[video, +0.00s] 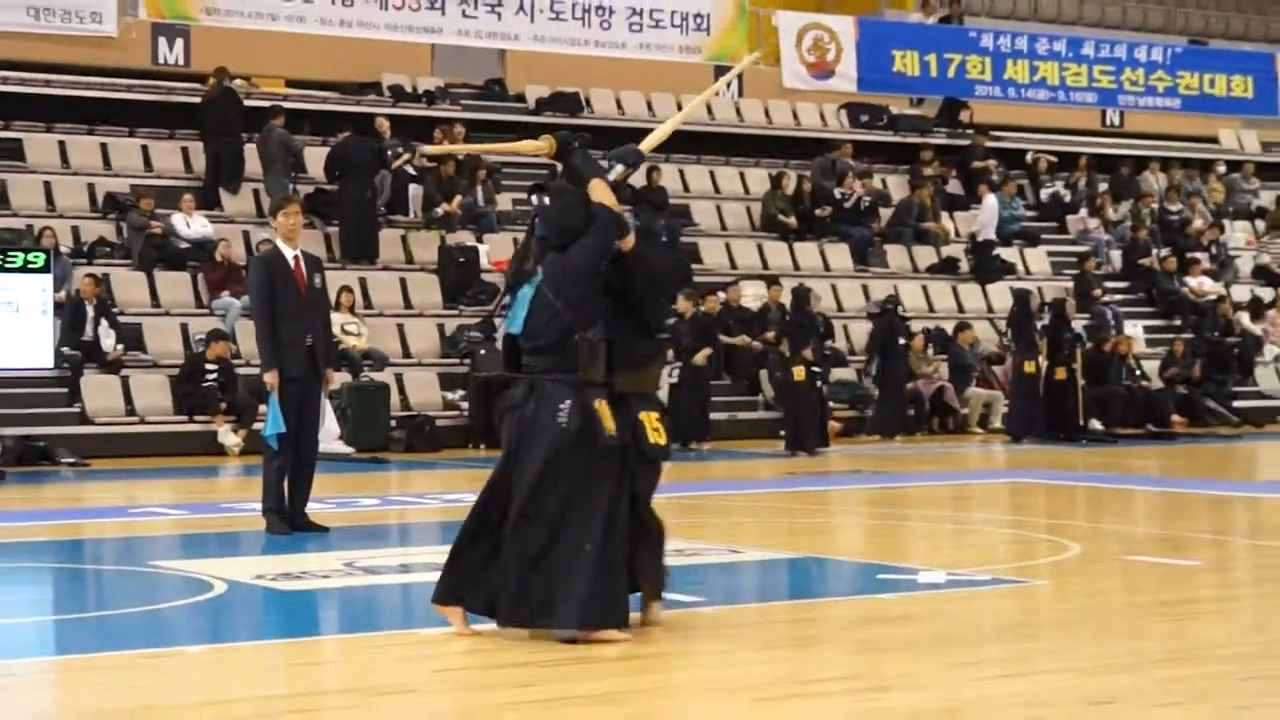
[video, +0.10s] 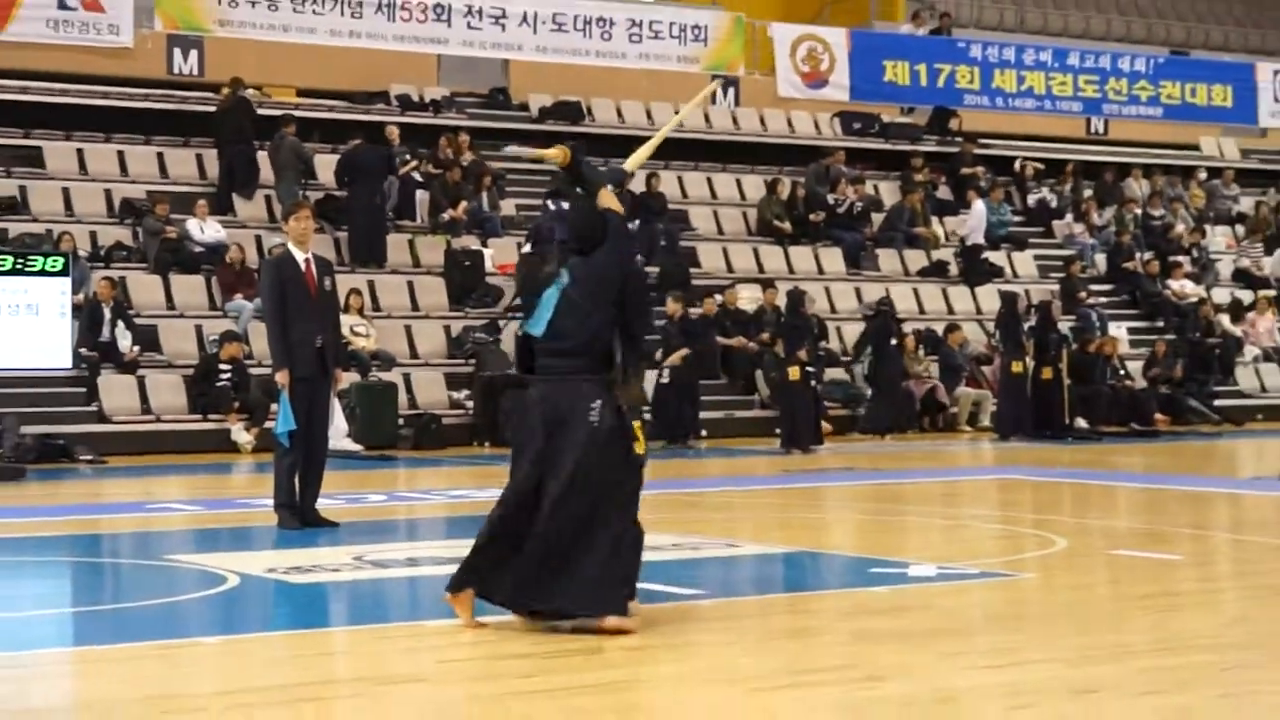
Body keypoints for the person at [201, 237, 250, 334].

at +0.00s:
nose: (227, 250)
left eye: (228, 247)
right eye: (224, 247)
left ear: (231, 249)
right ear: (217, 249)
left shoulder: (235, 267)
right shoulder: (210, 266)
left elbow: (242, 288)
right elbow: (214, 282)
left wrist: (230, 292)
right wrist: (223, 264)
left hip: (237, 297)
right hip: (217, 298)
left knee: (254, 302)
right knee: (236, 305)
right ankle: (226, 336)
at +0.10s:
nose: (234, 255)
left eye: (237, 252)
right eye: (232, 252)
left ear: (242, 254)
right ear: (228, 254)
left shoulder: (248, 270)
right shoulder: (223, 270)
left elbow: (254, 290)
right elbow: (227, 283)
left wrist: (243, 294)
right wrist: (228, 264)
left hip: (250, 299)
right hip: (230, 300)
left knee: (266, 305)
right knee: (248, 307)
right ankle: (239, 337)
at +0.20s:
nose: (239, 256)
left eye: (243, 254)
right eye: (238, 253)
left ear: (250, 257)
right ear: (236, 256)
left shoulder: (256, 273)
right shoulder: (232, 272)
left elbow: (263, 292)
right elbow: (235, 283)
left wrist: (250, 296)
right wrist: (235, 266)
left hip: (257, 301)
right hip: (238, 302)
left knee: (272, 305)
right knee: (256, 309)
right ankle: (247, 337)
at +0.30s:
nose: (240, 258)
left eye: (244, 256)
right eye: (239, 255)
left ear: (251, 259)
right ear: (237, 258)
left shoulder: (258, 274)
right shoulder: (234, 272)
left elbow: (265, 294)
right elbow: (236, 285)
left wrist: (253, 298)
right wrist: (237, 267)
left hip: (260, 303)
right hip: (240, 304)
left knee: (273, 306)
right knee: (258, 309)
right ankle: (249, 338)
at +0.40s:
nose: (240, 258)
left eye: (243, 255)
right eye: (239, 255)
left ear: (251, 259)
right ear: (237, 257)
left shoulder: (257, 274)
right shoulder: (233, 272)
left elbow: (264, 293)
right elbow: (235, 285)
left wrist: (252, 297)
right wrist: (236, 266)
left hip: (259, 302)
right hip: (239, 303)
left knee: (274, 309)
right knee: (258, 310)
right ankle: (248, 338)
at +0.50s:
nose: (240, 258)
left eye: (243, 255)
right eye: (240, 255)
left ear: (251, 259)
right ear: (238, 257)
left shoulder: (259, 274)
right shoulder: (234, 273)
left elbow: (264, 293)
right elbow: (235, 285)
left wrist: (253, 297)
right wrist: (236, 266)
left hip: (258, 303)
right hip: (239, 303)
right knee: (258, 310)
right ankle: (248, 337)